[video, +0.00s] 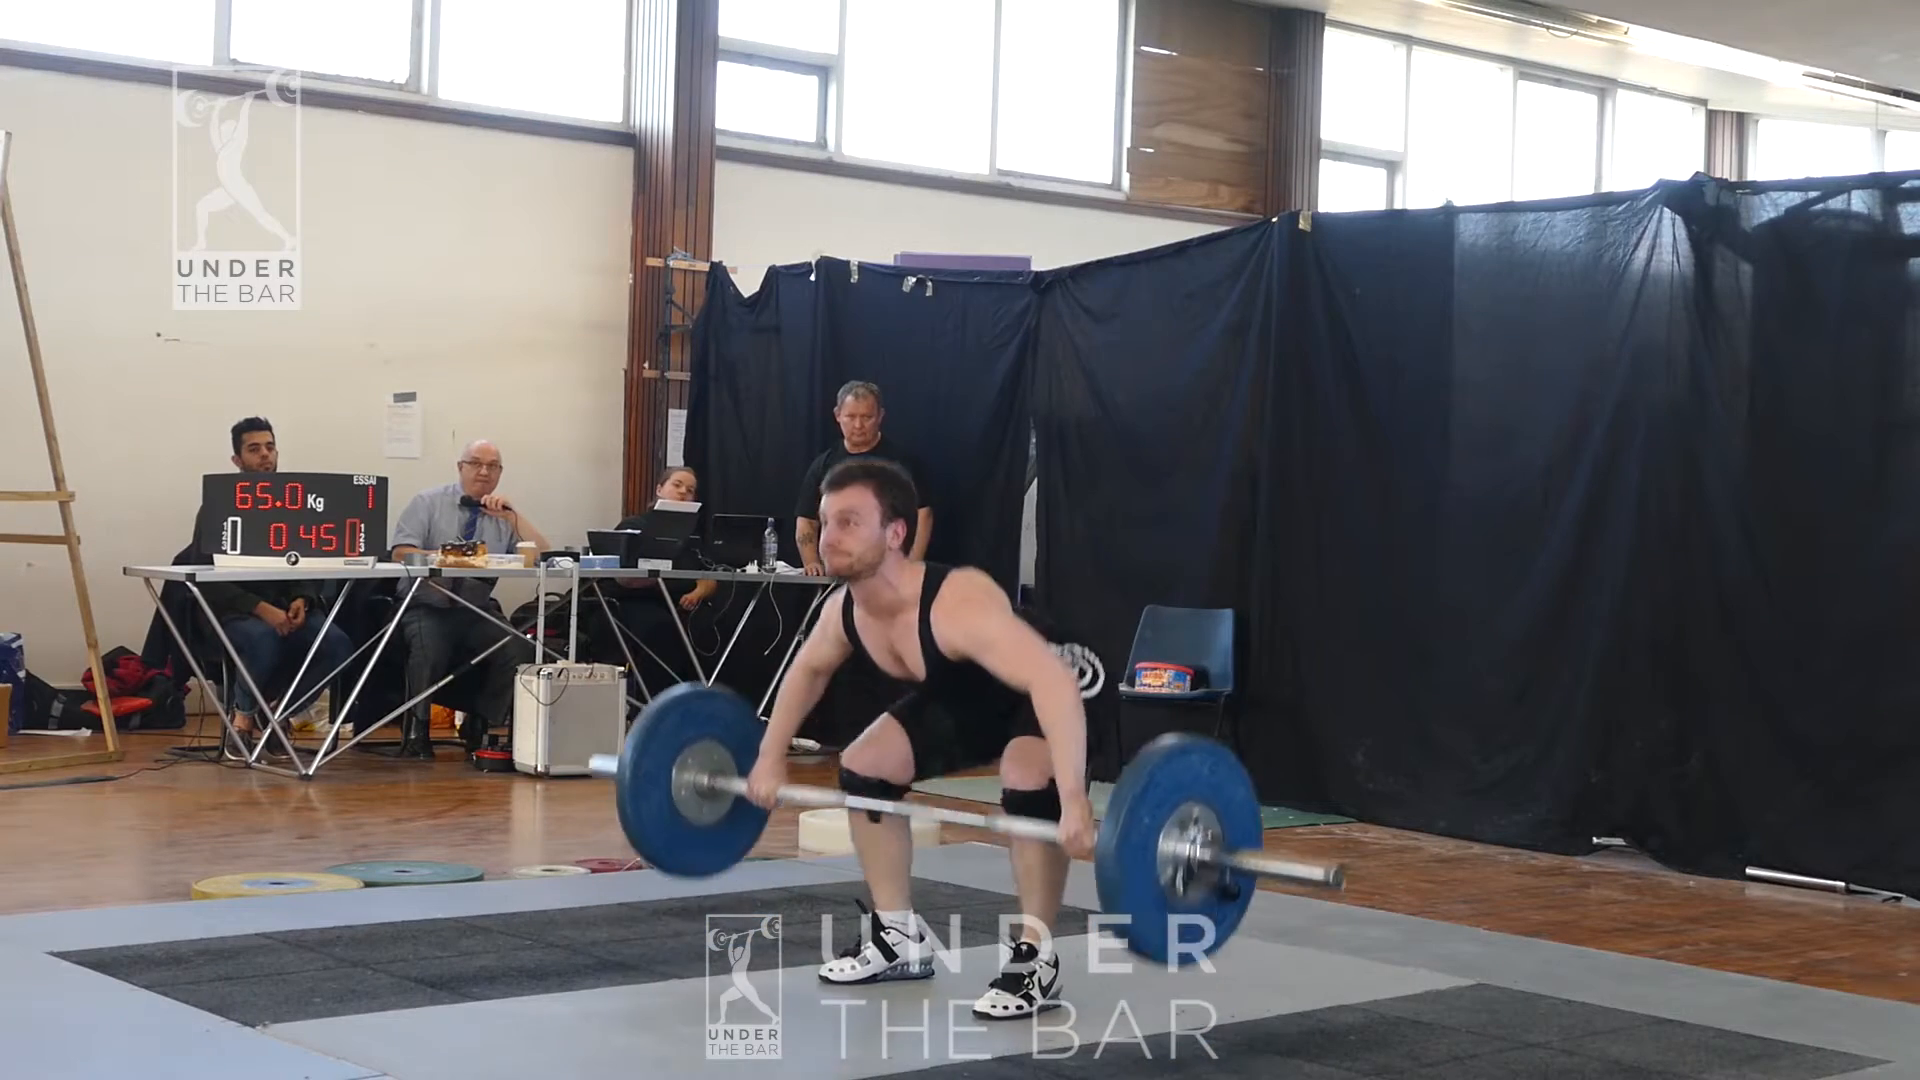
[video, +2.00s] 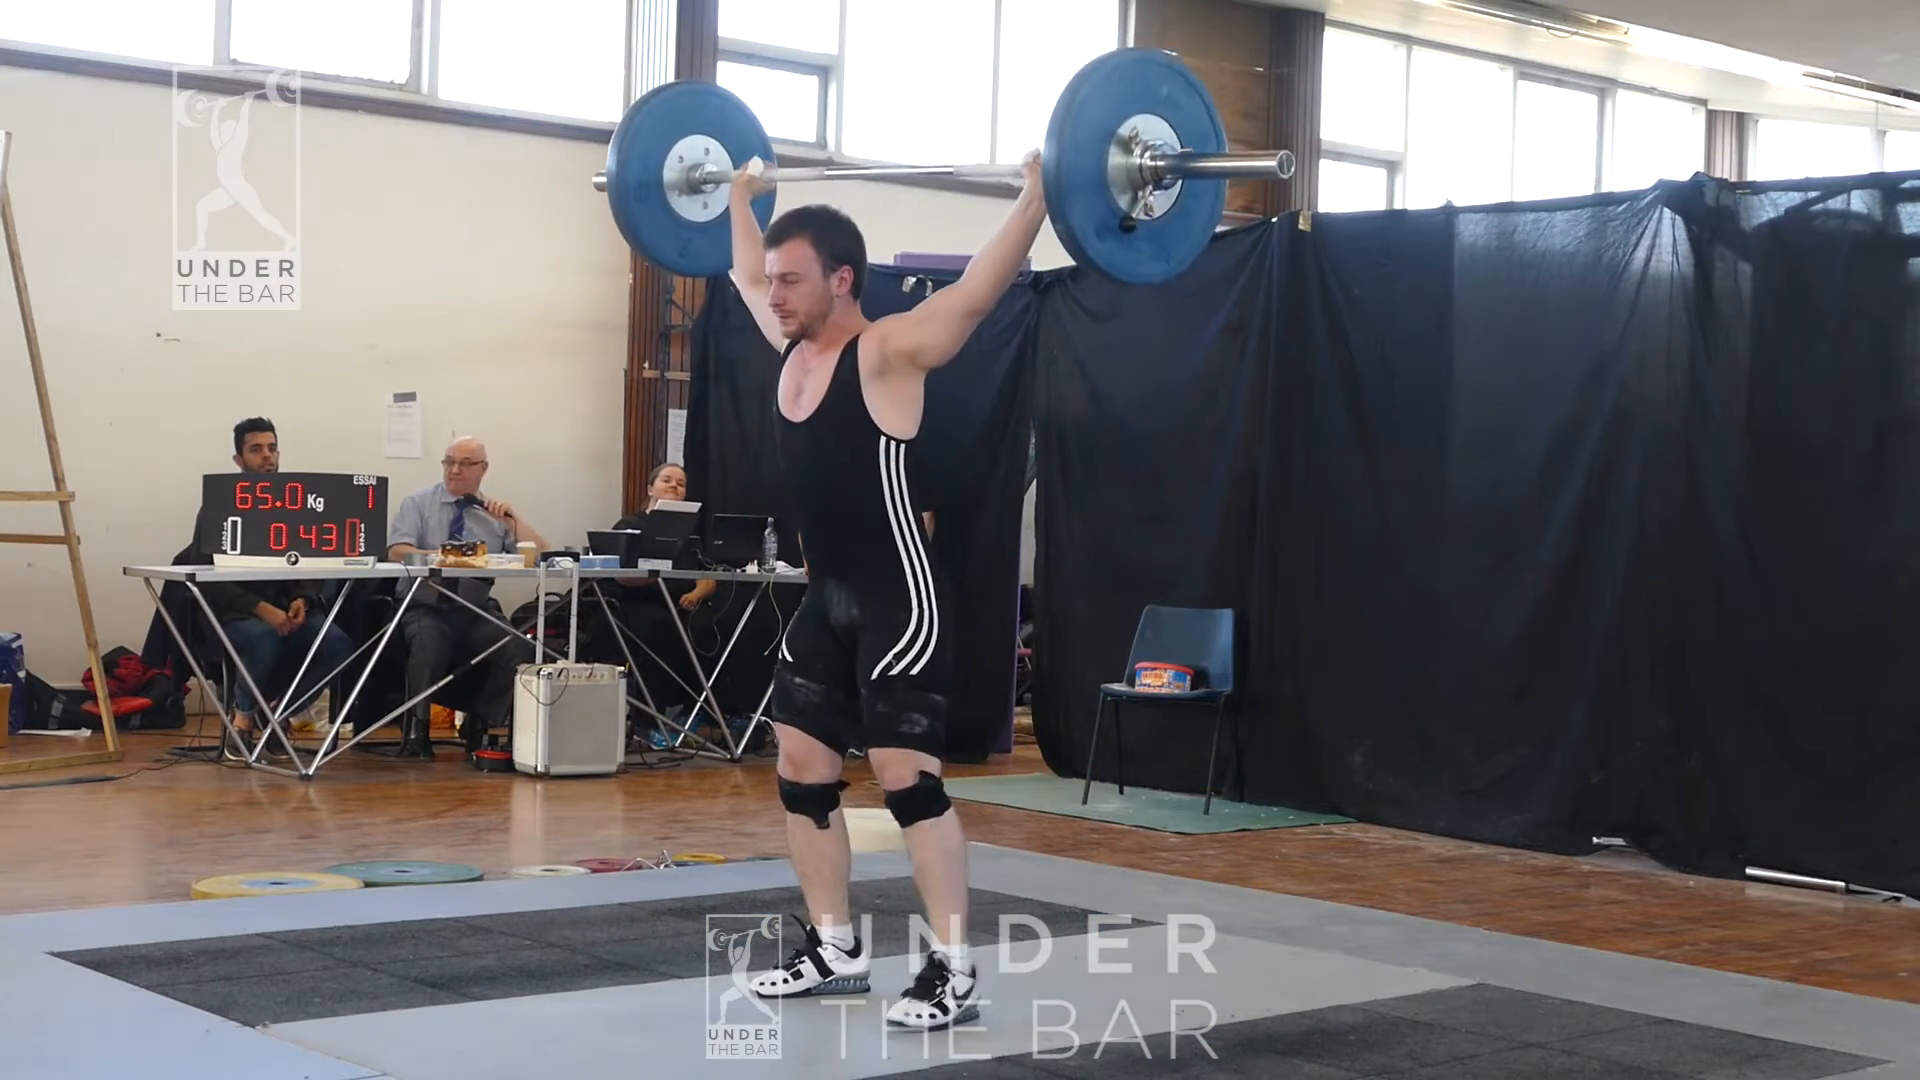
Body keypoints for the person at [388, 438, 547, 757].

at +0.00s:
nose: (484, 472)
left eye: (492, 466)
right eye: (475, 464)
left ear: (500, 473)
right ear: (460, 468)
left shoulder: (503, 516)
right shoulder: (428, 502)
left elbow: (544, 554)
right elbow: (401, 551)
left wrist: (514, 516)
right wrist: (441, 560)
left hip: (478, 609)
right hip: (428, 605)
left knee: (517, 652)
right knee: (429, 651)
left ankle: (477, 726)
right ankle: (417, 730)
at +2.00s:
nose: (455, 470)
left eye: (465, 464)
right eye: (449, 463)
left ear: (483, 470)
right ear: (442, 465)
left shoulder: (495, 516)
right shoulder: (418, 503)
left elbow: (540, 553)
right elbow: (397, 550)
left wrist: (513, 519)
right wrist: (436, 559)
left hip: (476, 607)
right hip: (426, 604)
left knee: (516, 650)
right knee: (430, 646)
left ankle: (478, 727)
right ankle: (417, 732)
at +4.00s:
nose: (401, 466)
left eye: (411, 460)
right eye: (396, 459)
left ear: (432, 463)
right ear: (391, 461)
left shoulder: (460, 501)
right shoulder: (379, 501)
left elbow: (508, 532)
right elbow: (348, 535)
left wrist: (504, 547)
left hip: (459, 602)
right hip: (406, 607)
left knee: (505, 655)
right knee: (445, 658)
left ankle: (480, 726)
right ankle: (444, 720)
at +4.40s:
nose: (398, 468)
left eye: (408, 461)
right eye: (392, 461)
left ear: (429, 464)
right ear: (387, 462)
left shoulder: (457, 501)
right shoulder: (377, 503)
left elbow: (505, 534)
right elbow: (341, 536)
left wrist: (503, 547)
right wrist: (374, 537)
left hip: (458, 603)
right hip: (405, 607)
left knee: (504, 651)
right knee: (445, 658)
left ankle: (480, 725)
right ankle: (445, 720)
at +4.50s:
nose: (395, 467)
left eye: (406, 460)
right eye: (390, 460)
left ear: (427, 463)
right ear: (385, 462)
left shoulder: (456, 500)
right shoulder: (375, 504)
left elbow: (504, 533)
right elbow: (352, 549)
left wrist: (503, 546)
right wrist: (391, 540)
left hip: (458, 601)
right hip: (405, 606)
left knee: (504, 655)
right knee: (446, 658)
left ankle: (480, 726)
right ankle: (445, 720)